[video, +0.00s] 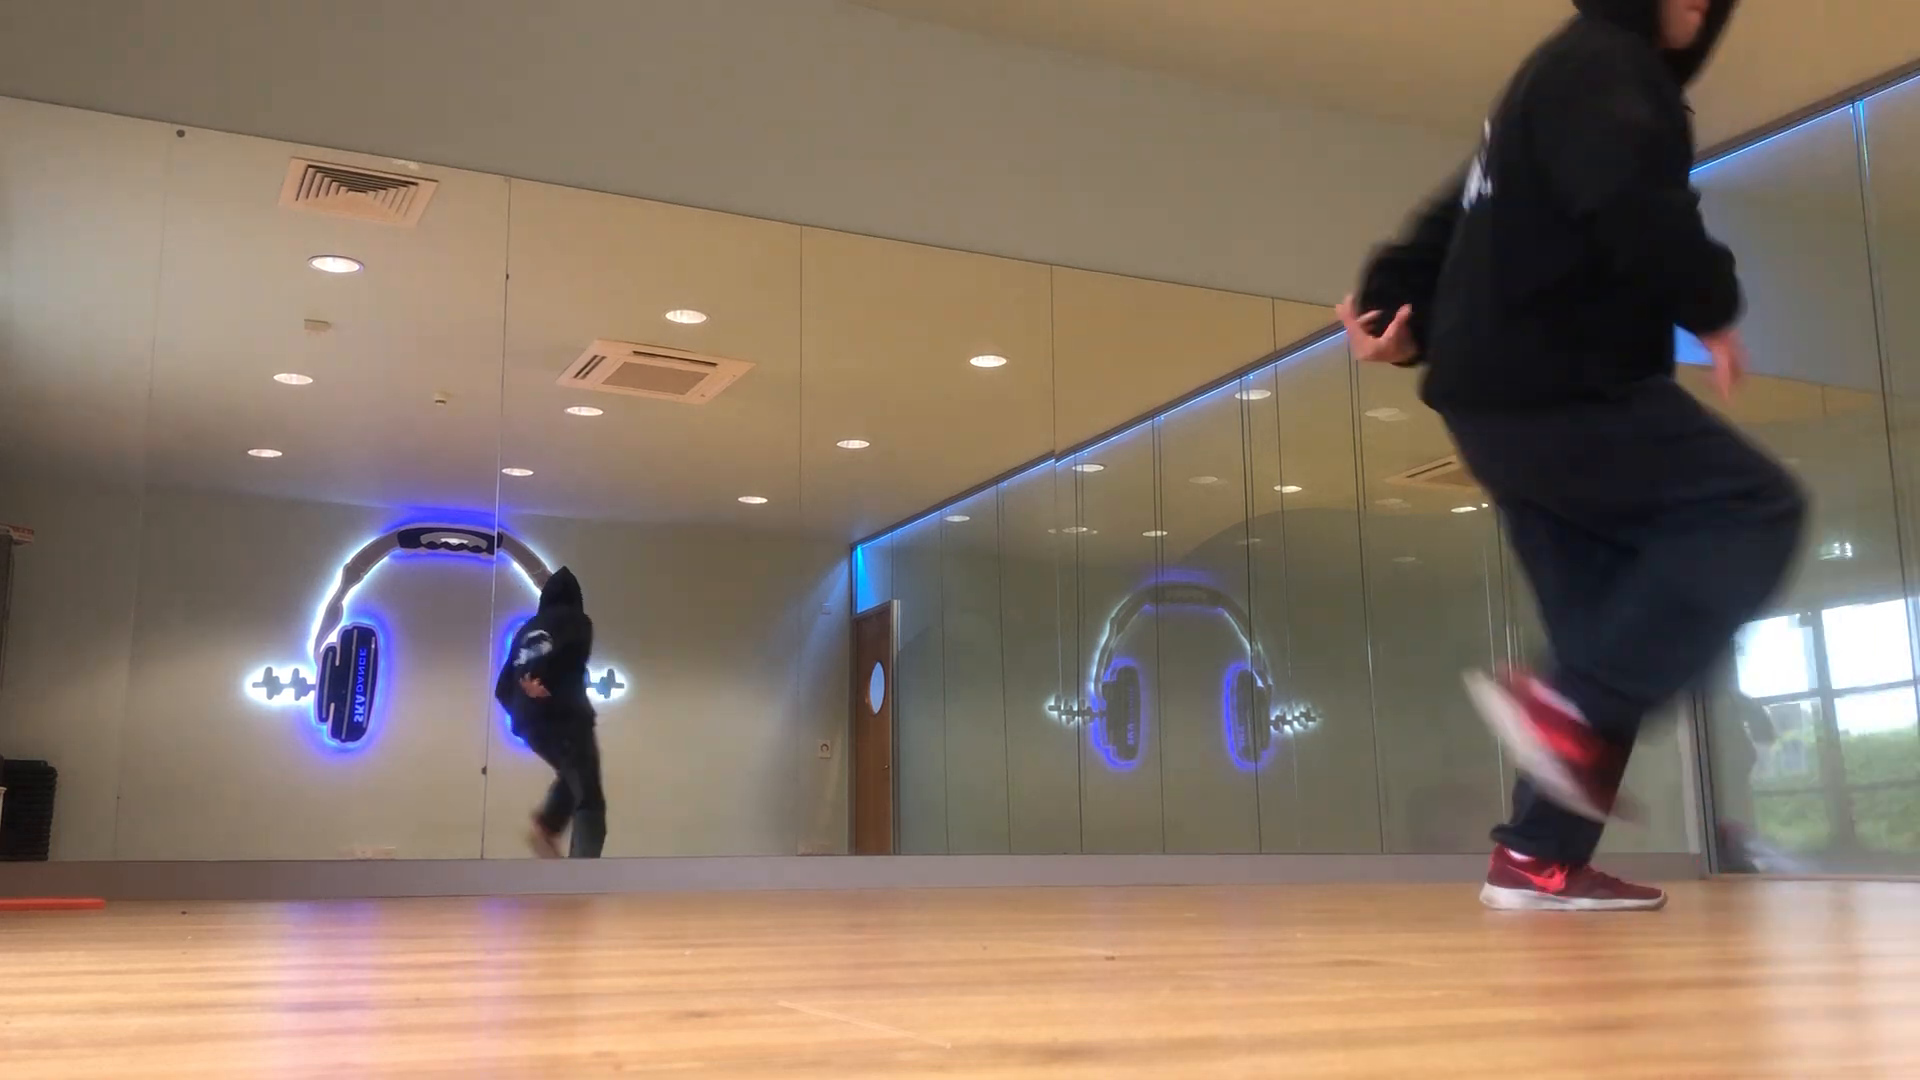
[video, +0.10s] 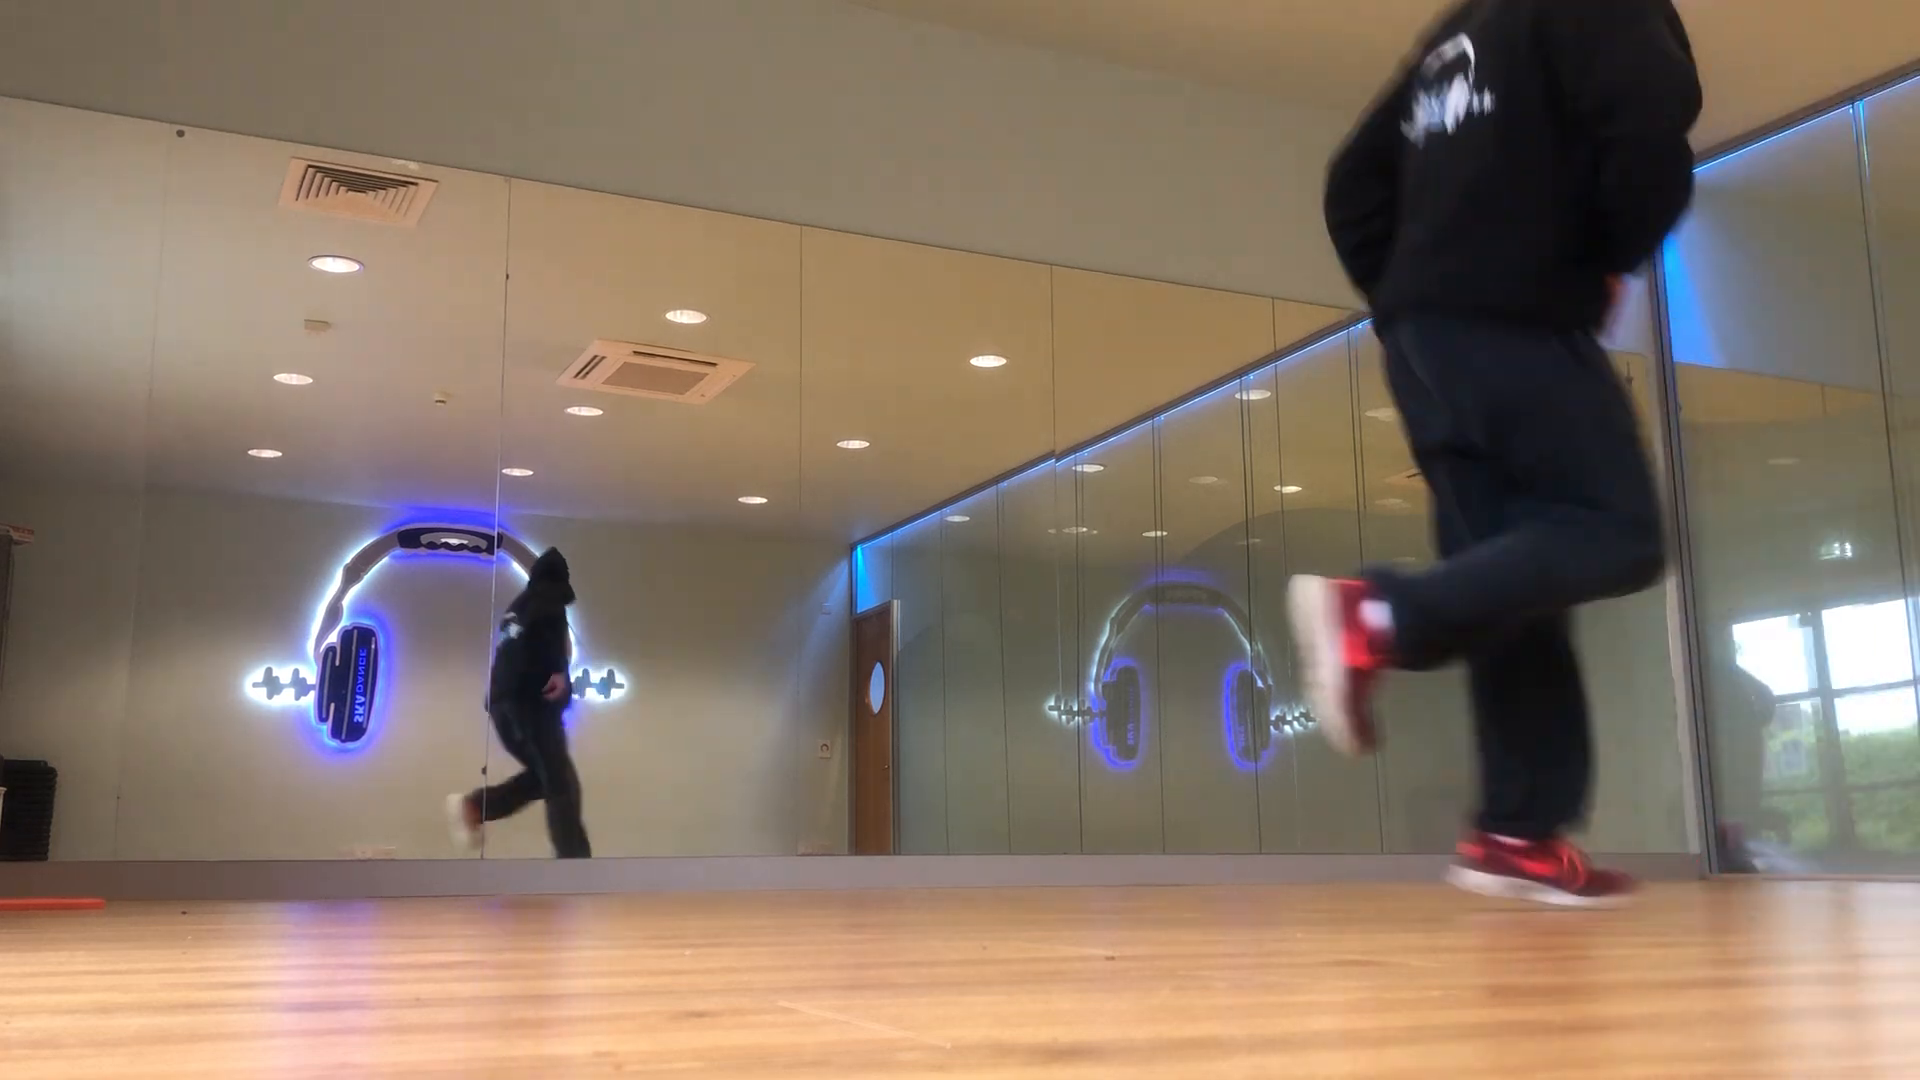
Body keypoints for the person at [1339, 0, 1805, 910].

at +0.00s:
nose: (1700, 10)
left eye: (1707, 1)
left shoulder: (1564, 65)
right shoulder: (1614, 72)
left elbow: (1476, 193)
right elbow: (1637, 206)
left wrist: (1395, 288)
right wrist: (1713, 307)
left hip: (1495, 387)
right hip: (1558, 384)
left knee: (1603, 621)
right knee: (1753, 505)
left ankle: (1542, 856)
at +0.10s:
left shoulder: (1458, 30)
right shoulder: (1621, 14)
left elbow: (1357, 176)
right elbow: (1650, 158)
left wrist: (1404, 300)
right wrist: (1608, 261)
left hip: (1423, 326)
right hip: (1519, 318)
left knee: (1506, 578)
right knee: (1620, 535)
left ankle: (1518, 829)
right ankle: (1376, 616)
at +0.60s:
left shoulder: (1398, 53)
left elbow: (1312, 233)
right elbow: (1432, 16)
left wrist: (1444, 296)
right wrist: (1420, 172)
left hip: (1266, 260)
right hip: (1182, 223)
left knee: (1412, 461)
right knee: (1269, 510)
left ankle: (1382, 768)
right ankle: (1199, 835)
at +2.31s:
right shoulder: (1552, 16)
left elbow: (1607, 180)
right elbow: (1608, 174)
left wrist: (1523, 188)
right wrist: (1539, 179)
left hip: (1283, 234)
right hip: (1319, 228)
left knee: (1336, 527)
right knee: (1451, 455)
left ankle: (1275, 808)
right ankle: (1228, 674)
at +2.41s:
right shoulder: (1539, 14)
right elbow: (1612, 178)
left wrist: (1486, 149)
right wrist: (1534, 264)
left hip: (1271, 246)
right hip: (1301, 242)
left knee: (1269, 539)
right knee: (1413, 495)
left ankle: (1134, 817)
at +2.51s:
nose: (1599, 16)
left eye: (1597, 15)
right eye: (1601, 10)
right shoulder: (1499, 17)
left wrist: (1452, 216)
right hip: (1274, 284)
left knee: (1310, 579)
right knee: (1418, 535)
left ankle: (1147, 797)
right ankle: (1292, 843)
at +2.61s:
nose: (1580, 7)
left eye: (1588, 10)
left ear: (1571, 18)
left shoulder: (1488, 39)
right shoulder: (1410, 12)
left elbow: (1564, 53)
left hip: (1281, 279)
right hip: (1216, 258)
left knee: (1414, 517)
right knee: (1351, 531)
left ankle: (1223, 747)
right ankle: (1283, 846)